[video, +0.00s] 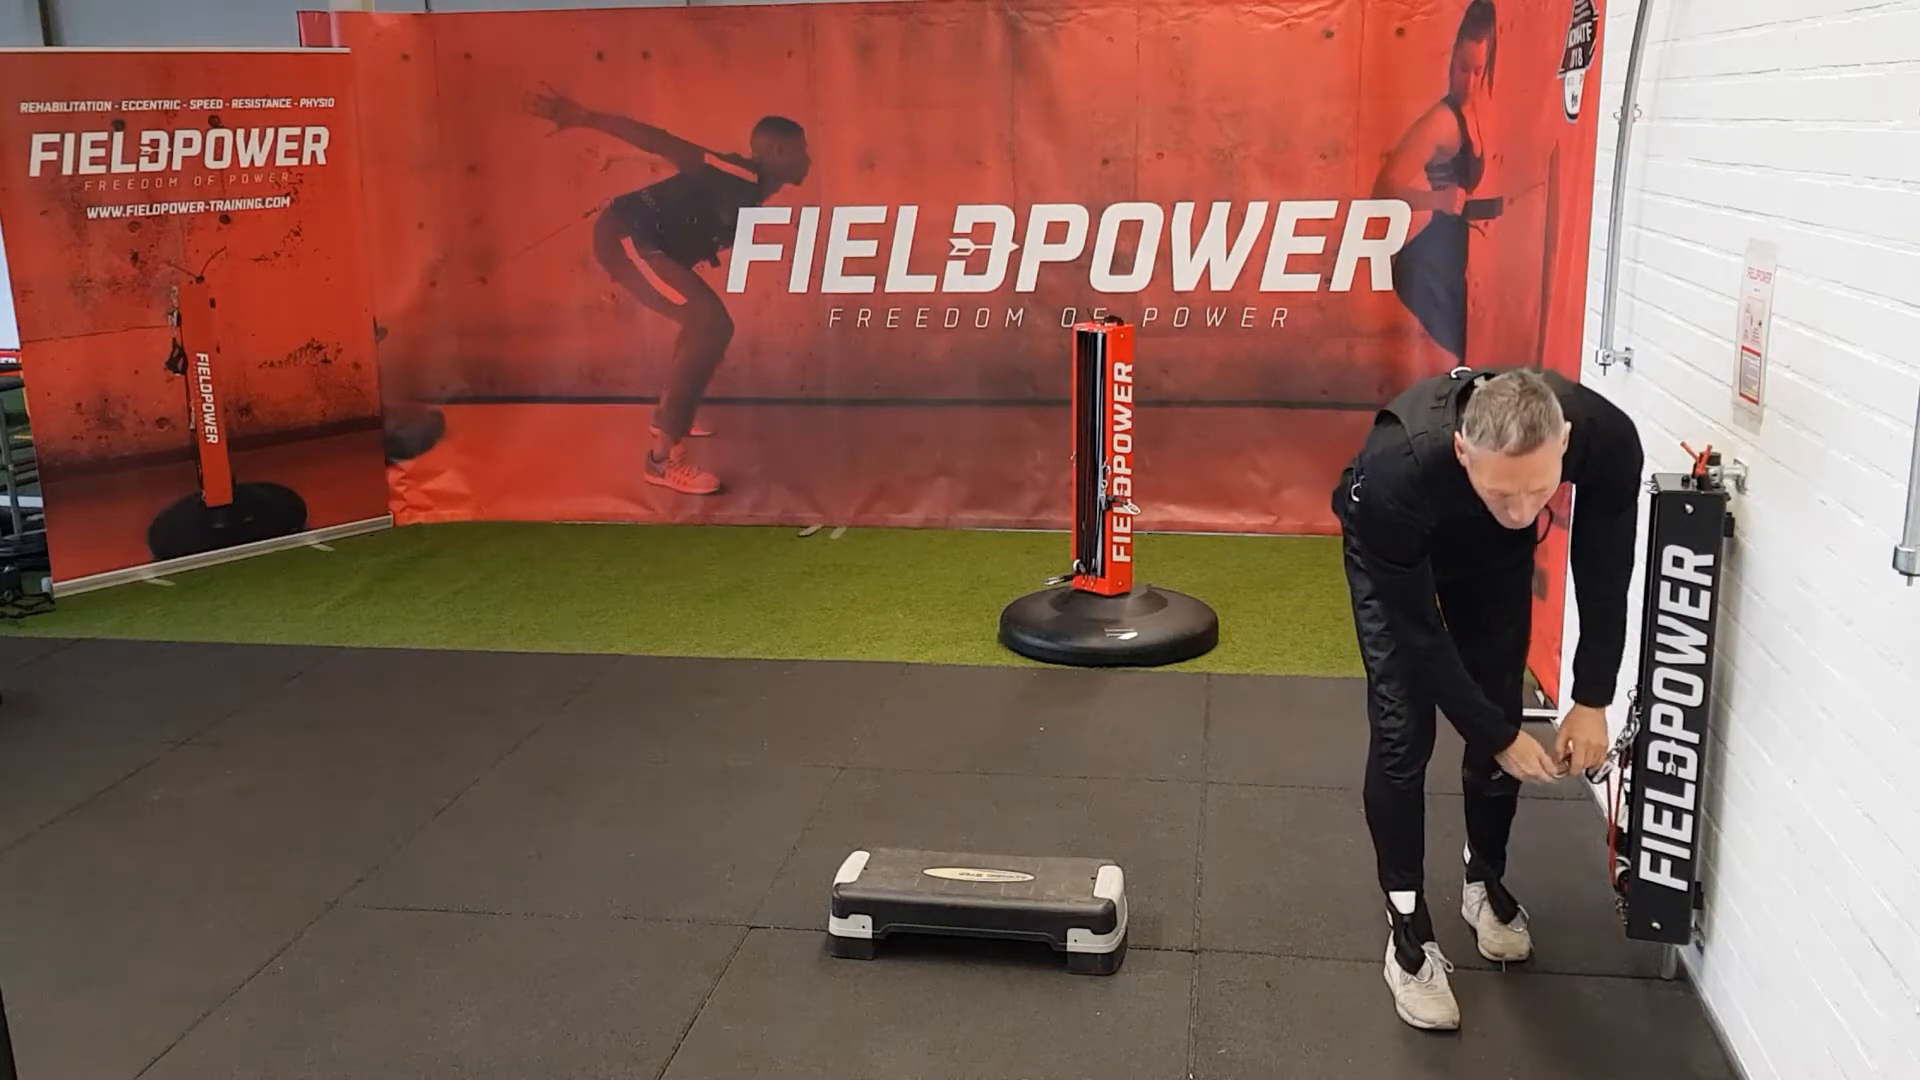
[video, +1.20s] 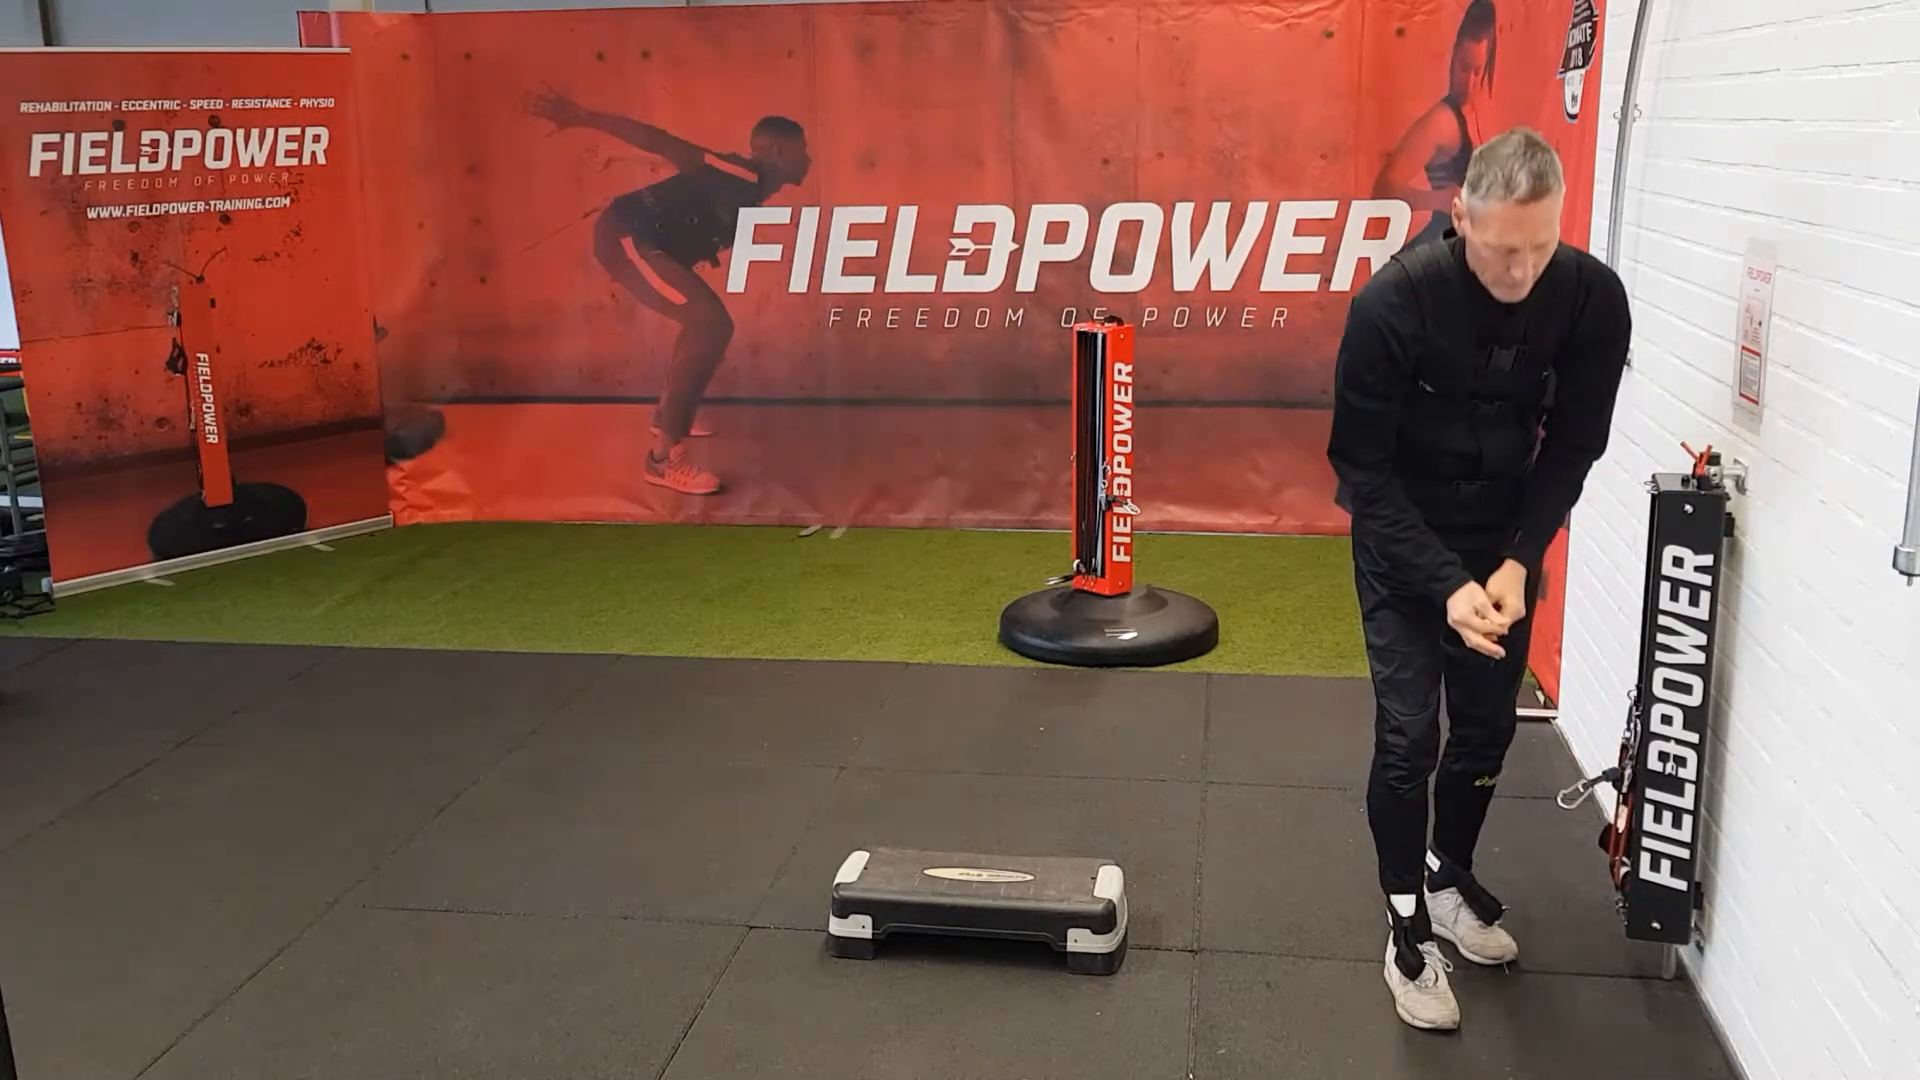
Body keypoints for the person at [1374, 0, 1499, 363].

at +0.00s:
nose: (1471, 81)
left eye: (1482, 71)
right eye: (1464, 68)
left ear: (1491, 73)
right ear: (1450, 65)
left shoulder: (1467, 120)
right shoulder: (1440, 121)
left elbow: (1437, 191)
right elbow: (1388, 189)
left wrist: (1473, 211)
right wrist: (1438, 200)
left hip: (1445, 254)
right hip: (1424, 257)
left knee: (1451, 358)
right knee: (1444, 360)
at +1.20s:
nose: (1471, 81)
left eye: (1480, 71)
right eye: (1464, 69)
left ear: (1489, 70)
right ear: (1450, 66)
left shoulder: (1473, 115)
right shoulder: (1440, 121)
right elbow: (1385, 189)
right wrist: (1442, 200)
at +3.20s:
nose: (1473, 80)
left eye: (1483, 70)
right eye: (1466, 68)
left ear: (1493, 70)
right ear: (1452, 64)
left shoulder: (1470, 119)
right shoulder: (1442, 120)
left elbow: (1437, 187)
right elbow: (1387, 188)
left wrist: (1469, 212)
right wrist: (1440, 199)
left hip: (1446, 256)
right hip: (1425, 258)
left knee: (1450, 357)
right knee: (1442, 359)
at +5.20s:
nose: (1471, 81)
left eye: (1481, 71)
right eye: (1464, 68)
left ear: (1492, 72)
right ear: (1451, 66)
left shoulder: (1466, 119)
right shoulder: (1442, 119)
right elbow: (1386, 188)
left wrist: (1469, 211)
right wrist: (1438, 199)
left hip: (1445, 256)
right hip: (1424, 259)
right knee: (1450, 356)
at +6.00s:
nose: (1469, 83)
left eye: (1478, 72)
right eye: (1463, 70)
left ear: (1487, 68)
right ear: (1447, 64)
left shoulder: (1468, 114)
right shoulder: (1440, 120)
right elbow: (1387, 188)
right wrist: (1442, 199)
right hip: (1428, 246)